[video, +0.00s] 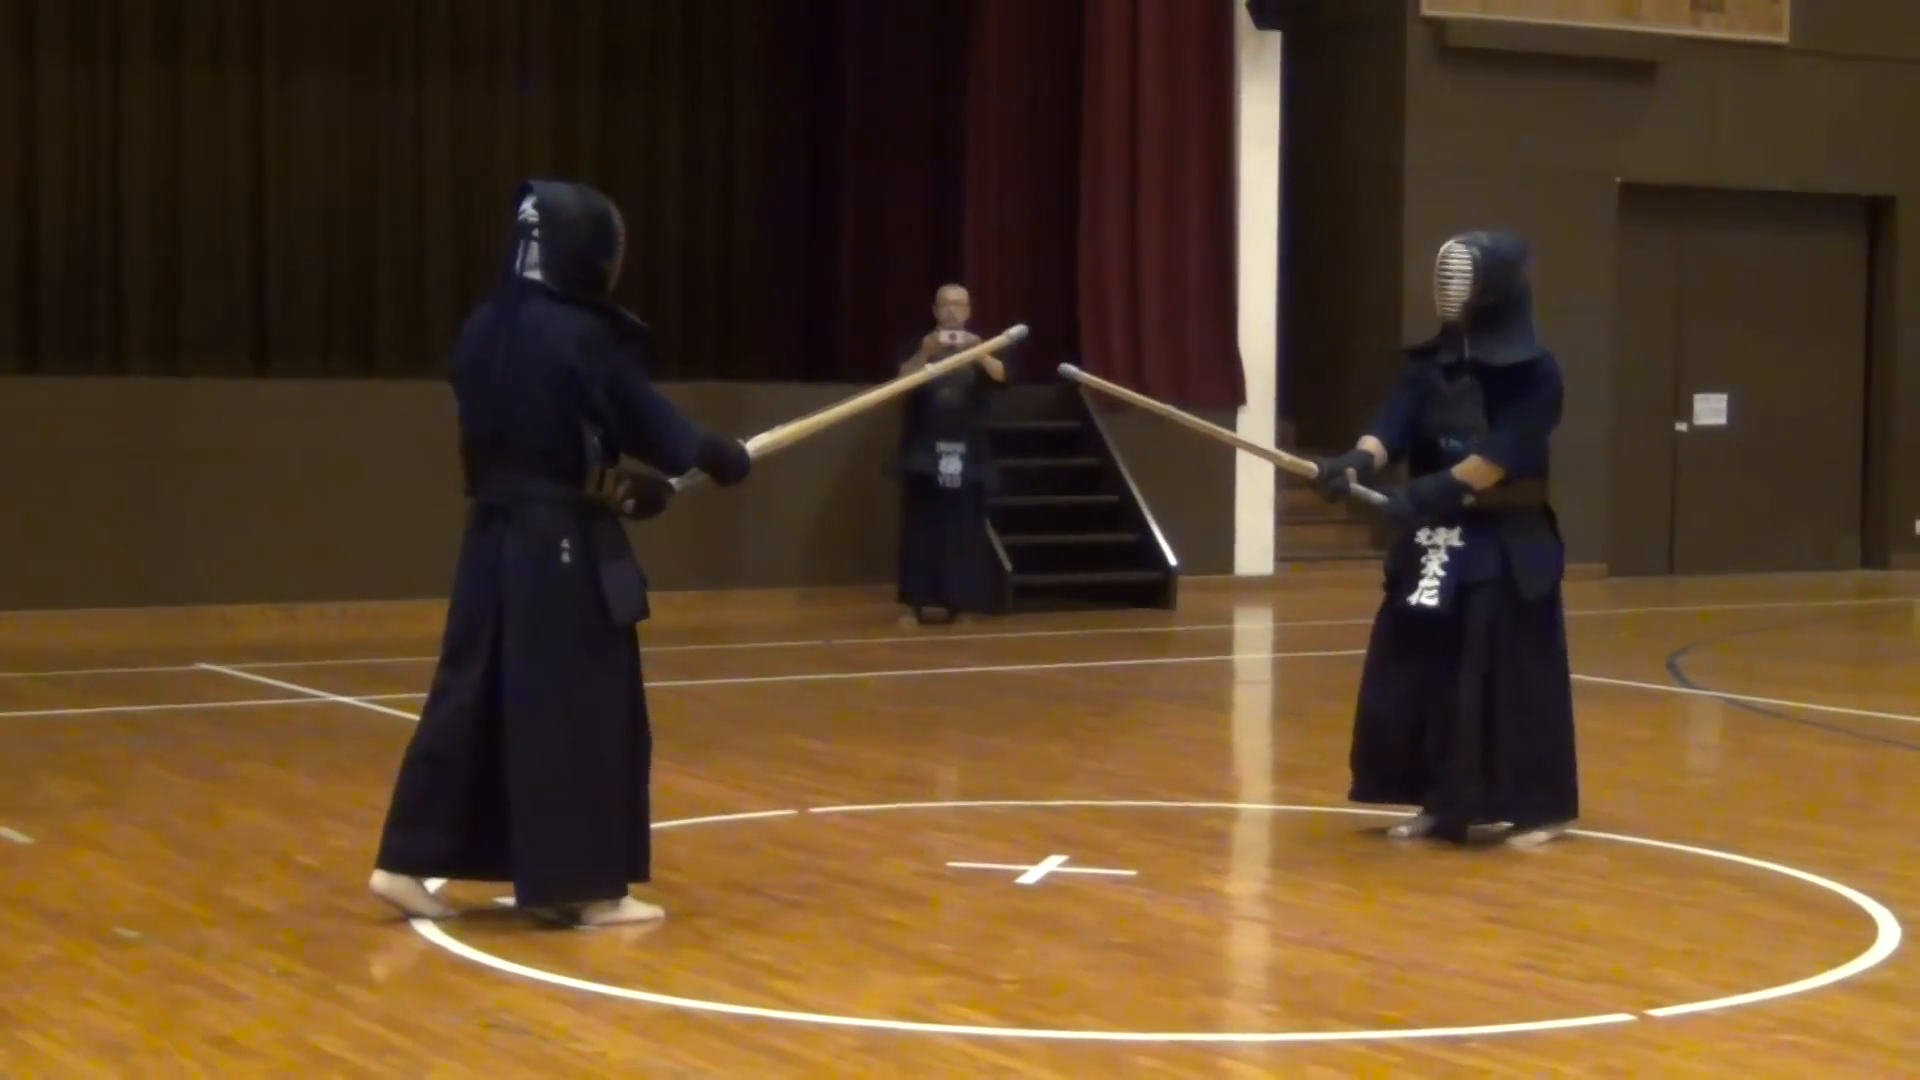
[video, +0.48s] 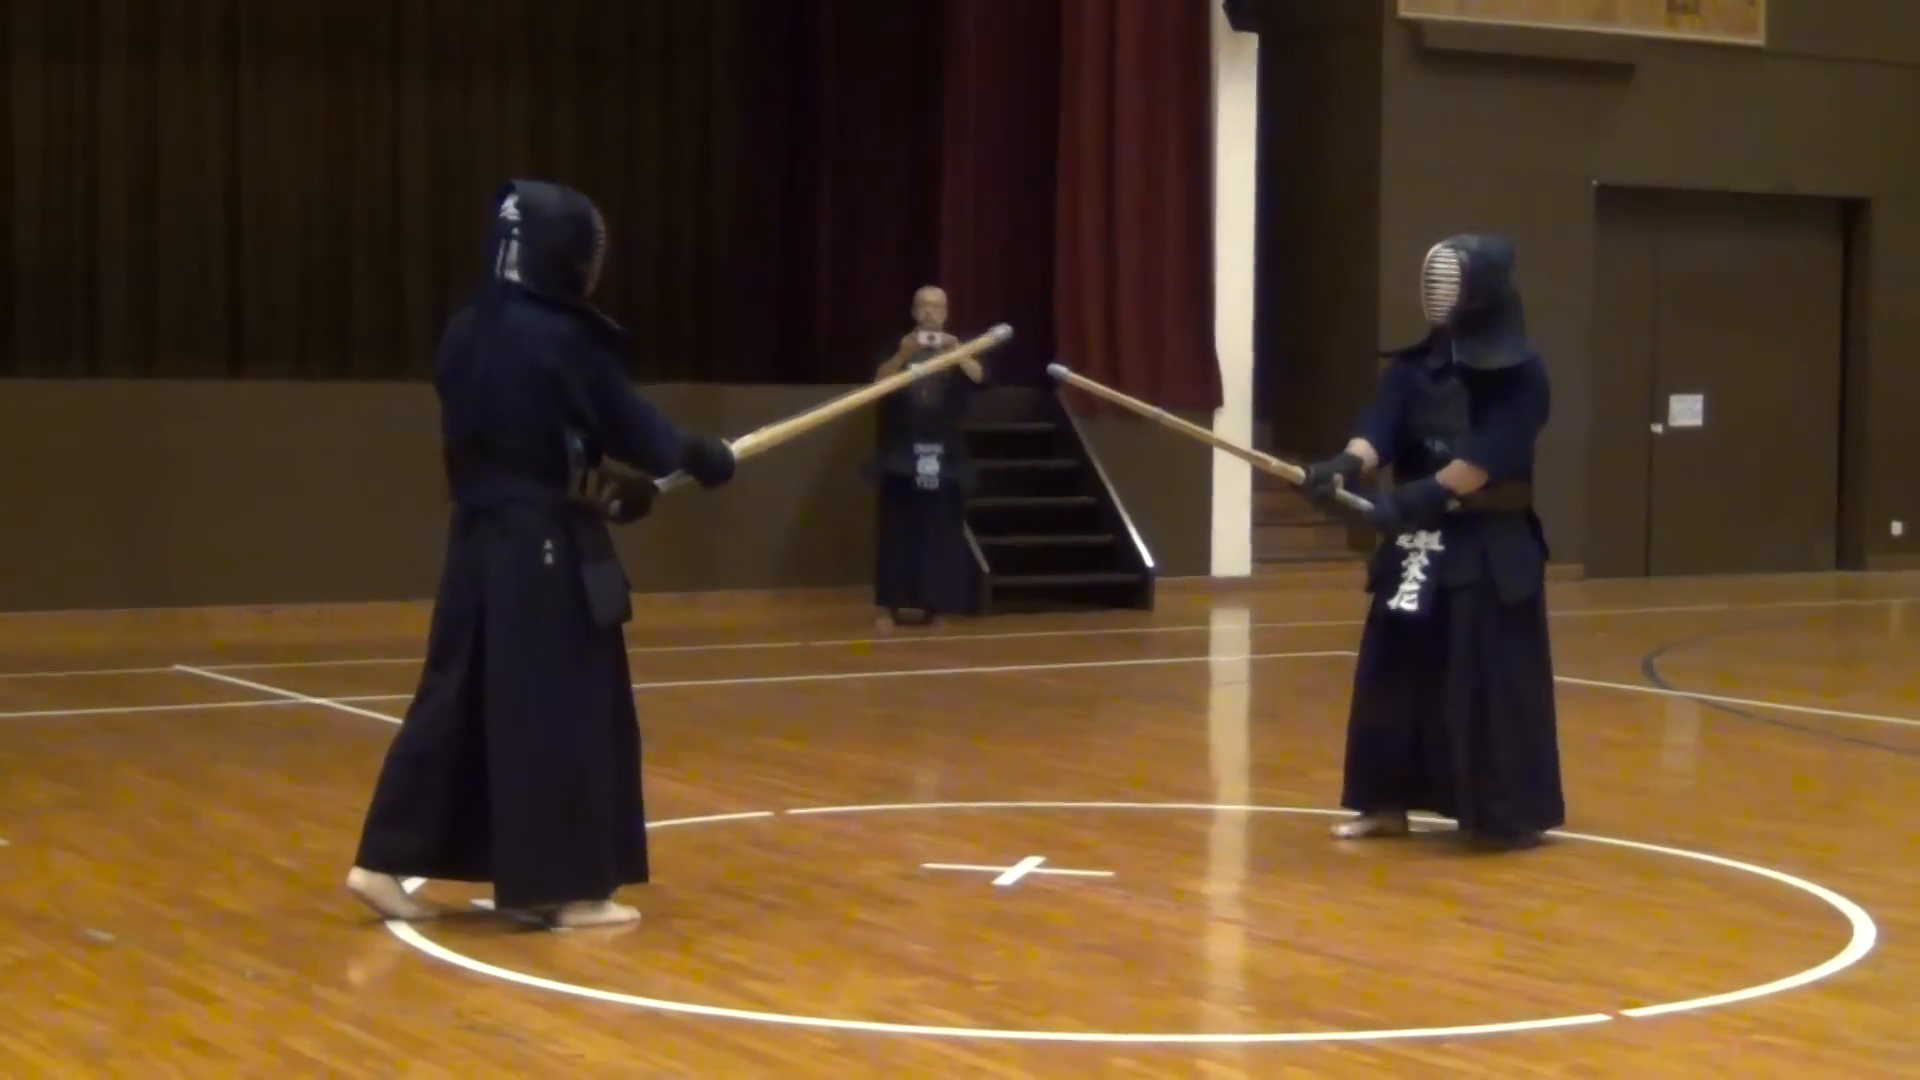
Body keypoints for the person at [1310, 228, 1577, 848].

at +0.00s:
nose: (1446, 294)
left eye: (1459, 283)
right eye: (1444, 281)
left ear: (1496, 288)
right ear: (1443, 285)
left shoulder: (1530, 370)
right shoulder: (1429, 361)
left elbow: (1502, 457)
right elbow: (1394, 422)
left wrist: (1421, 496)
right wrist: (1358, 463)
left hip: (1511, 536)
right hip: (1438, 532)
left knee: (1512, 666)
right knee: (1428, 661)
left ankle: (1540, 806)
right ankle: (1444, 799)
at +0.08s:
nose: (1454, 294)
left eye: (1467, 282)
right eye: (1451, 281)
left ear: (1502, 287)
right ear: (1448, 285)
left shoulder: (1535, 369)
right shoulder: (1434, 363)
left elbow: (1508, 460)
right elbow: (1397, 425)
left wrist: (1429, 499)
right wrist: (1365, 465)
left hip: (1515, 537)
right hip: (1443, 533)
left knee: (1512, 667)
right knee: (1430, 662)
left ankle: (1537, 806)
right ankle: (1445, 798)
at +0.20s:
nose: (1458, 296)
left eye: (1470, 285)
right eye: (1455, 283)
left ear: (1506, 290)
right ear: (1452, 286)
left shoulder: (1540, 368)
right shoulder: (1441, 362)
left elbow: (1505, 456)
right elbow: (1404, 423)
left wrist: (1426, 501)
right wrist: (1368, 466)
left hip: (1517, 537)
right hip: (1446, 531)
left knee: (1512, 668)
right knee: (1429, 661)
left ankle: (1530, 807)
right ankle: (1438, 799)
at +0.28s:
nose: (1455, 296)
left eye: (1467, 285)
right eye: (1452, 283)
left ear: (1502, 290)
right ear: (1450, 286)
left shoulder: (1536, 368)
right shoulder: (1438, 362)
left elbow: (1503, 457)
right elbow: (1404, 427)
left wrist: (1425, 500)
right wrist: (1365, 467)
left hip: (1512, 535)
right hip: (1442, 529)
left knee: (1500, 666)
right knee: (1424, 659)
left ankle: (1509, 805)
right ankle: (1432, 799)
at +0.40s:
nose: (1444, 296)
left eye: (1457, 286)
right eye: (1441, 284)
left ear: (1493, 291)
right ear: (1438, 287)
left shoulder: (1526, 373)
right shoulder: (1422, 364)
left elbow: (1495, 462)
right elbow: (1390, 426)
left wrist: (1418, 502)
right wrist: (1356, 466)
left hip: (1500, 541)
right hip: (1426, 534)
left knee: (1496, 671)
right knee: (1407, 664)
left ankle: (1507, 810)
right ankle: (1401, 802)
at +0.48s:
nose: (1435, 297)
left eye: (1448, 286)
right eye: (1432, 284)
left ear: (1483, 291)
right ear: (1429, 288)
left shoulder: (1517, 372)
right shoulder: (1415, 364)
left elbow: (1486, 461)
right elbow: (1380, 425)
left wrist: (1404, 503)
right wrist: (1346, 466)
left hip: (1492, 541)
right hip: (1416, 535)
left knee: (1489, 672)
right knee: (1393, 666)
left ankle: (1502, 809)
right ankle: (1383, 802)